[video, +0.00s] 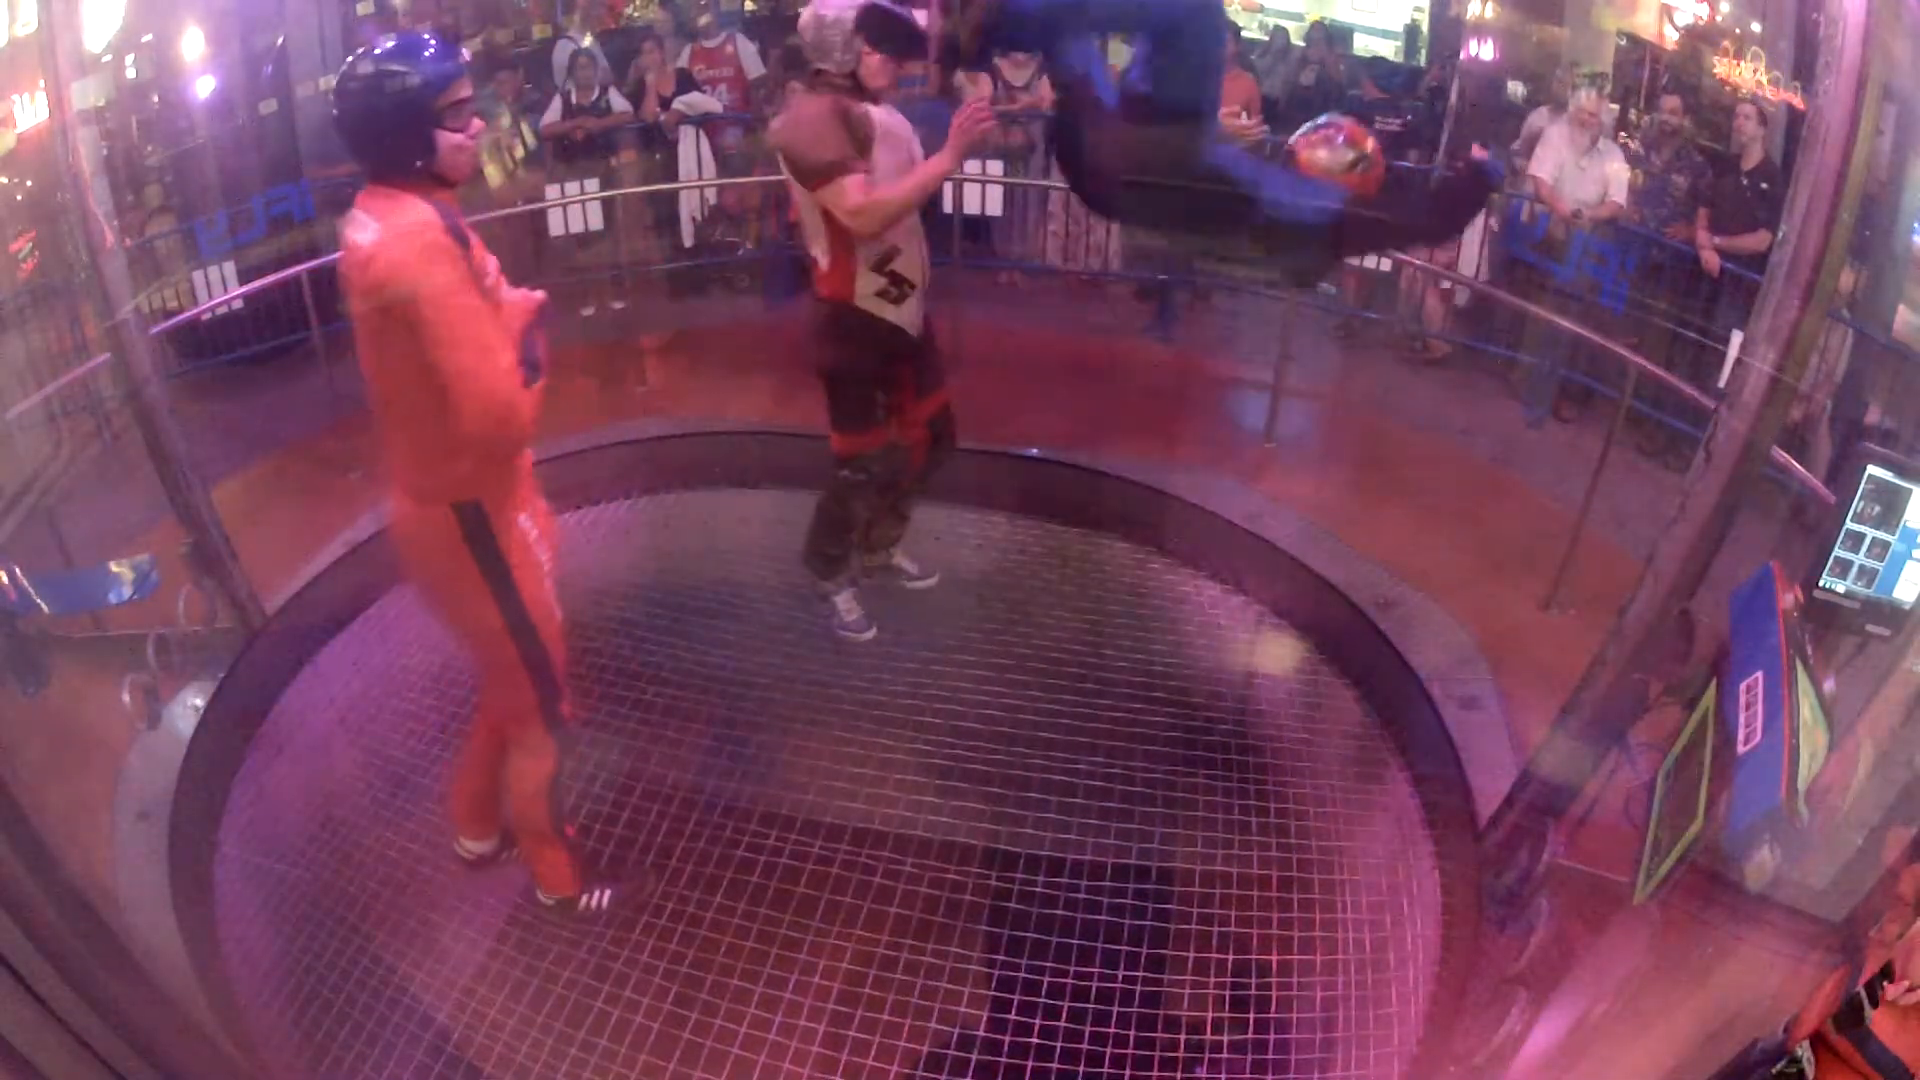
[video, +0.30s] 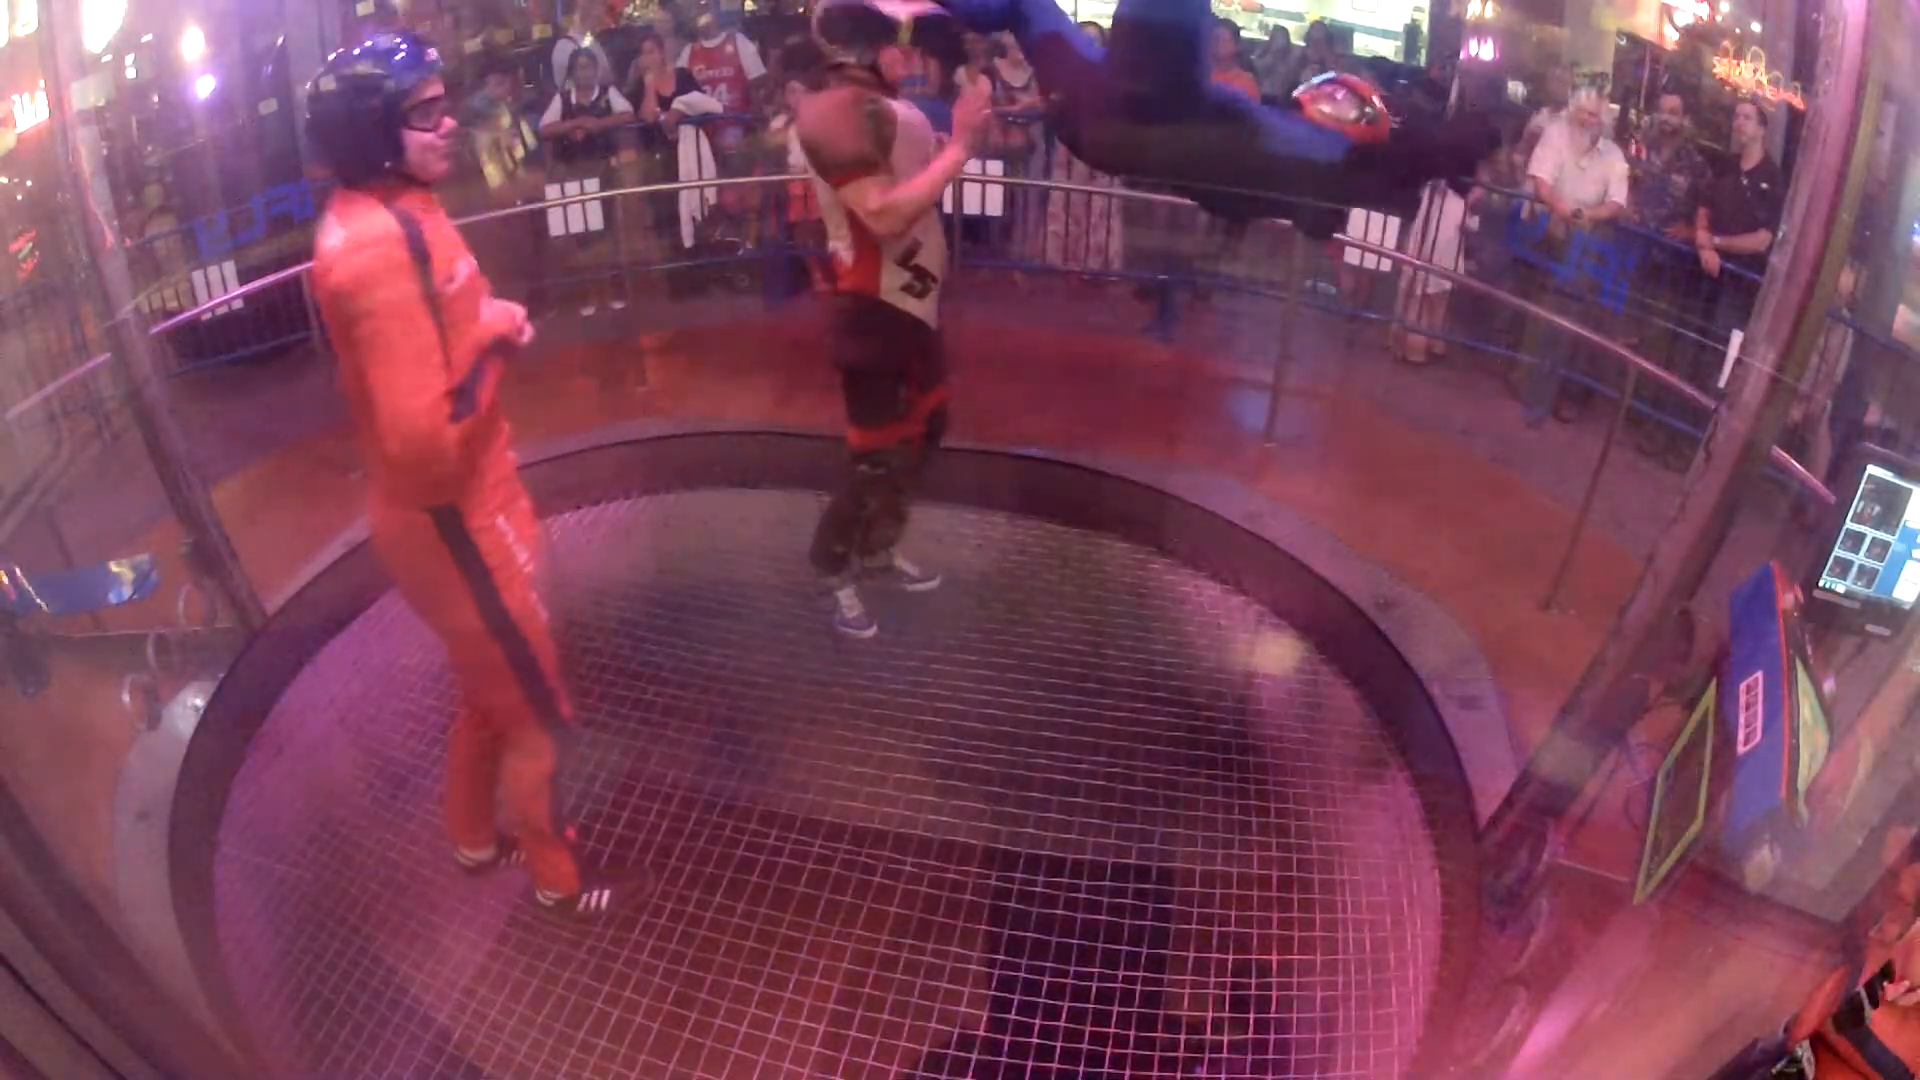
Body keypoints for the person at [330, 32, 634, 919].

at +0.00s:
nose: (477, 129)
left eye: (473, 111)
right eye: (458, 116)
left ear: (400, 135)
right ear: (410, 133)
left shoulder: (406, 215)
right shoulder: (412, 247)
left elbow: (486, 322)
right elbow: (489, 422)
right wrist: (522, 346)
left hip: (481, 489)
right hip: (461, 512)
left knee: (522, 659)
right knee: (533, 693)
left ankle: (474, 820)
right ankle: (554, 877)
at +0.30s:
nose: (448, 126)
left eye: (445, 108)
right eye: (425, 114)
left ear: (400, 129)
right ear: (374, 131)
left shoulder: (408, 206)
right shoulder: (368, 246)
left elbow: (447, 359)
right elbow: (422, 458)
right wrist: (495, 348)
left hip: (473, 491)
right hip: (442, 520)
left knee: (494, 677)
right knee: (529, 711)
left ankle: (472, 837)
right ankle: (559, 887)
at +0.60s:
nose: (424, 130)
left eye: (426, 110)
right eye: (398, 119)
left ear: (431, 107)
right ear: (343, 135)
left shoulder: (408, 202)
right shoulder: (350, 233)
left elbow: (430, 330)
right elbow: (408, 432)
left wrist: (469, 282)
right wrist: (476, 318)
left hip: (465, 487)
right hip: (423, 515)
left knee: (483, 671)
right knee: (518, 705)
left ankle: (470, 834)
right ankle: (558, 881)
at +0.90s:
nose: (416, 126)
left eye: (416, 107)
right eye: (392, 114)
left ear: (415, 114)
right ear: (341, 131)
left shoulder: (421, 204)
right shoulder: (321, 243)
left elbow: (435, 312)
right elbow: (363, 434)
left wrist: (478, 290)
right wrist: (458, 323)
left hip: (428, 512)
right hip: (368, 541)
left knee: (453, 703)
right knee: (517, 745)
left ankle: (468, 846)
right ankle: (516, 942)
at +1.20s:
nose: (333, 156)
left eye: (331, 138)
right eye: (309, 144)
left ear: (324, 149)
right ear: (255, 162)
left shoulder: (327, 240)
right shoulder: (243, 288)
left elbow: (351, 385)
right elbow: (336, 498)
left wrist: (388, 333)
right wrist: (404, 357)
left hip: (395, 538)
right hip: (340, 577)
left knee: (450, 718)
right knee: (415, 836)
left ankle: (474, 846)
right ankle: (363, 1042)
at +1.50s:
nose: (238, 252)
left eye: (233, 230)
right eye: (213, 241)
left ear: (226, 227)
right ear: (152, 265)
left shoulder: (218, 341)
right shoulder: (134, 404)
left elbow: (246, 515)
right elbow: (244, 629)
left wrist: (286, 444)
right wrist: (299, 465)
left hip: (287, 681)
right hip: (233, 722)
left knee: (444, 771)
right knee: (291, 950)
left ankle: (473, 865)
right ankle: (304, 1071)